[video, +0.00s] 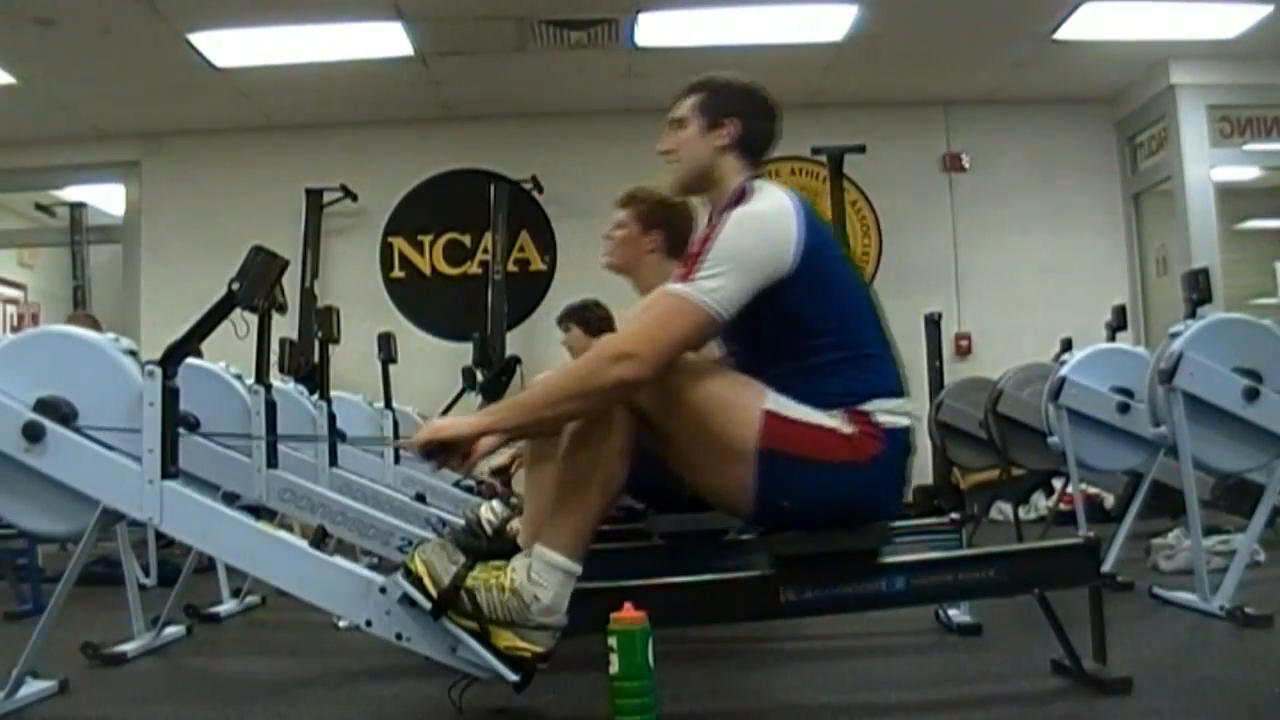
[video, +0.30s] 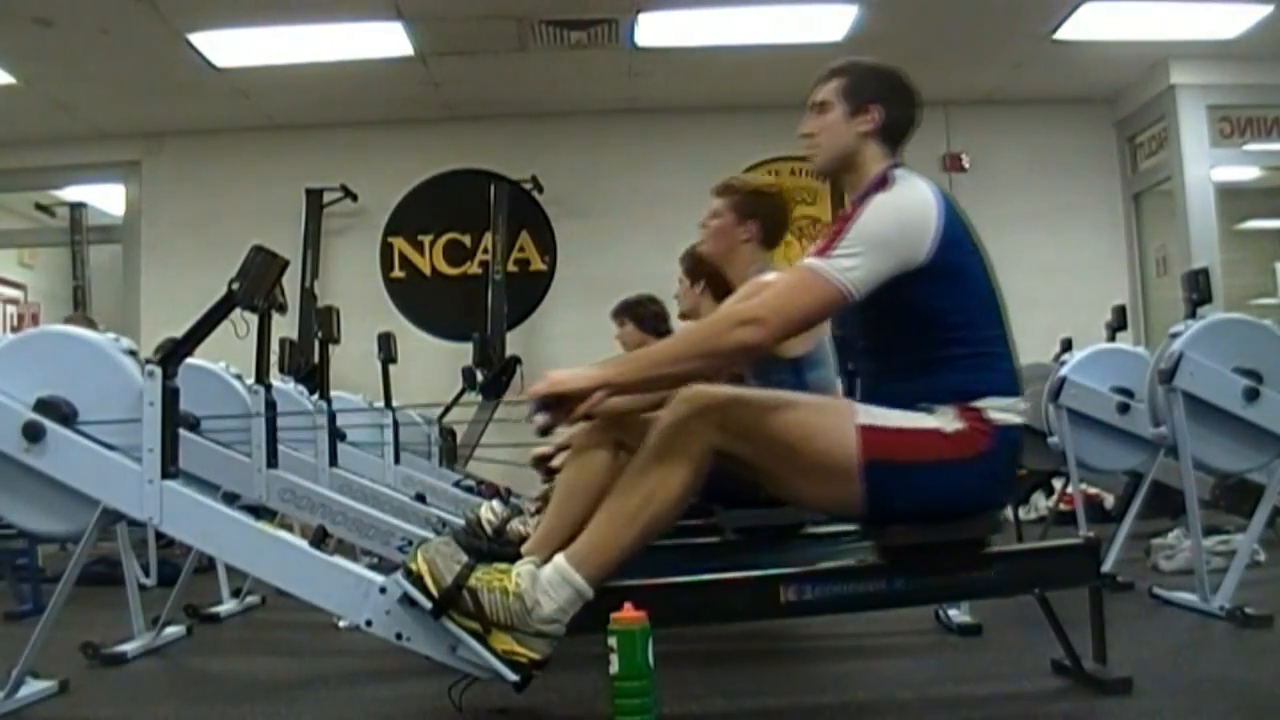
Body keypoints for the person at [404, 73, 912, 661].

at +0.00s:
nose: (662, 144)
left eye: (678, 128)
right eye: (667, 129)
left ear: (725, 135)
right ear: (723, 138)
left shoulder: (765, 216)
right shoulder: (728, 225)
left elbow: (629, 360)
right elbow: (628, 357)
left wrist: (482, 422)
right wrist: (494, 431)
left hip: (854, 453)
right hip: (811, 445)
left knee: (631, 370)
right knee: (613, 377)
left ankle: (540, 594)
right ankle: (531, 581)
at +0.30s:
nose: (804, 126)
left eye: (821, 110)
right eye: (808, 111)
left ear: (870, 121)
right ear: (858, 123)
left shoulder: (902, 206)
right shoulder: (866, 214)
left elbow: (758, 325)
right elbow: (755, 326)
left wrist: (600, 378)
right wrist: (608, 381)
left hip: (960, 441)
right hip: (916, 433)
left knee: (705, 414)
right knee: (687, 417)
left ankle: (546, 601)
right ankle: (540, 595)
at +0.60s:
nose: (914, 124)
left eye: (930, 107)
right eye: (915, 110)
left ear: (982, 113)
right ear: (962, 121)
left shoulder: (1019, 200)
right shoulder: (960, 220)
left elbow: (886, 321)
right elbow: (861, 313)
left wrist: (723, 367)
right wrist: (726, 375)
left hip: (1031, 436)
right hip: (983, 431)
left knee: (776, 490)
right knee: (760, 484)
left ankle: (549, 604)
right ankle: (544, 598)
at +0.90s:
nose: (987, 133)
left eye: (1000, 115)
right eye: (985, 118)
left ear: (1053, 115)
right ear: (1025, 120)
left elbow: (1020, 333)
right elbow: (942, 357)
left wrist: (838, 360)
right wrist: (820, 380)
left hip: (1036, 431)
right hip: (985, 425)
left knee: (792, 539)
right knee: (780, 536)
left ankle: (551, 605)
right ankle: (551, 603)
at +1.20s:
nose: (1001, 139)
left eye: (1012, 121)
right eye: (1000, 125)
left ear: (1066, 119)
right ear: (1048, 127)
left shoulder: (1101, 196)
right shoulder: (1057, 216)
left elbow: (1142, 334)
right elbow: (1007, 360)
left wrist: (993, 331)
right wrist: (903, 381)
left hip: (1045, 432)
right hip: (1003, 422)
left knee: (799, 520)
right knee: (778, 511)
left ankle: (552, 606)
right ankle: (549, 602)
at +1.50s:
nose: (973, 140)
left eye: (985, 121)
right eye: (971, 126)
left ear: (1038, 117)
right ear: (1012, 126)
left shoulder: (1086, 198)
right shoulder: (1040, 213)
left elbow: (1166, 344)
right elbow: (1062, 341)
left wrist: (1018, 345)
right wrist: (972, 364)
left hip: (1042, 436)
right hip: (1002, 425)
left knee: (800, 513)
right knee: (782, 502)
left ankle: (566, 606)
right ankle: (560, 593)